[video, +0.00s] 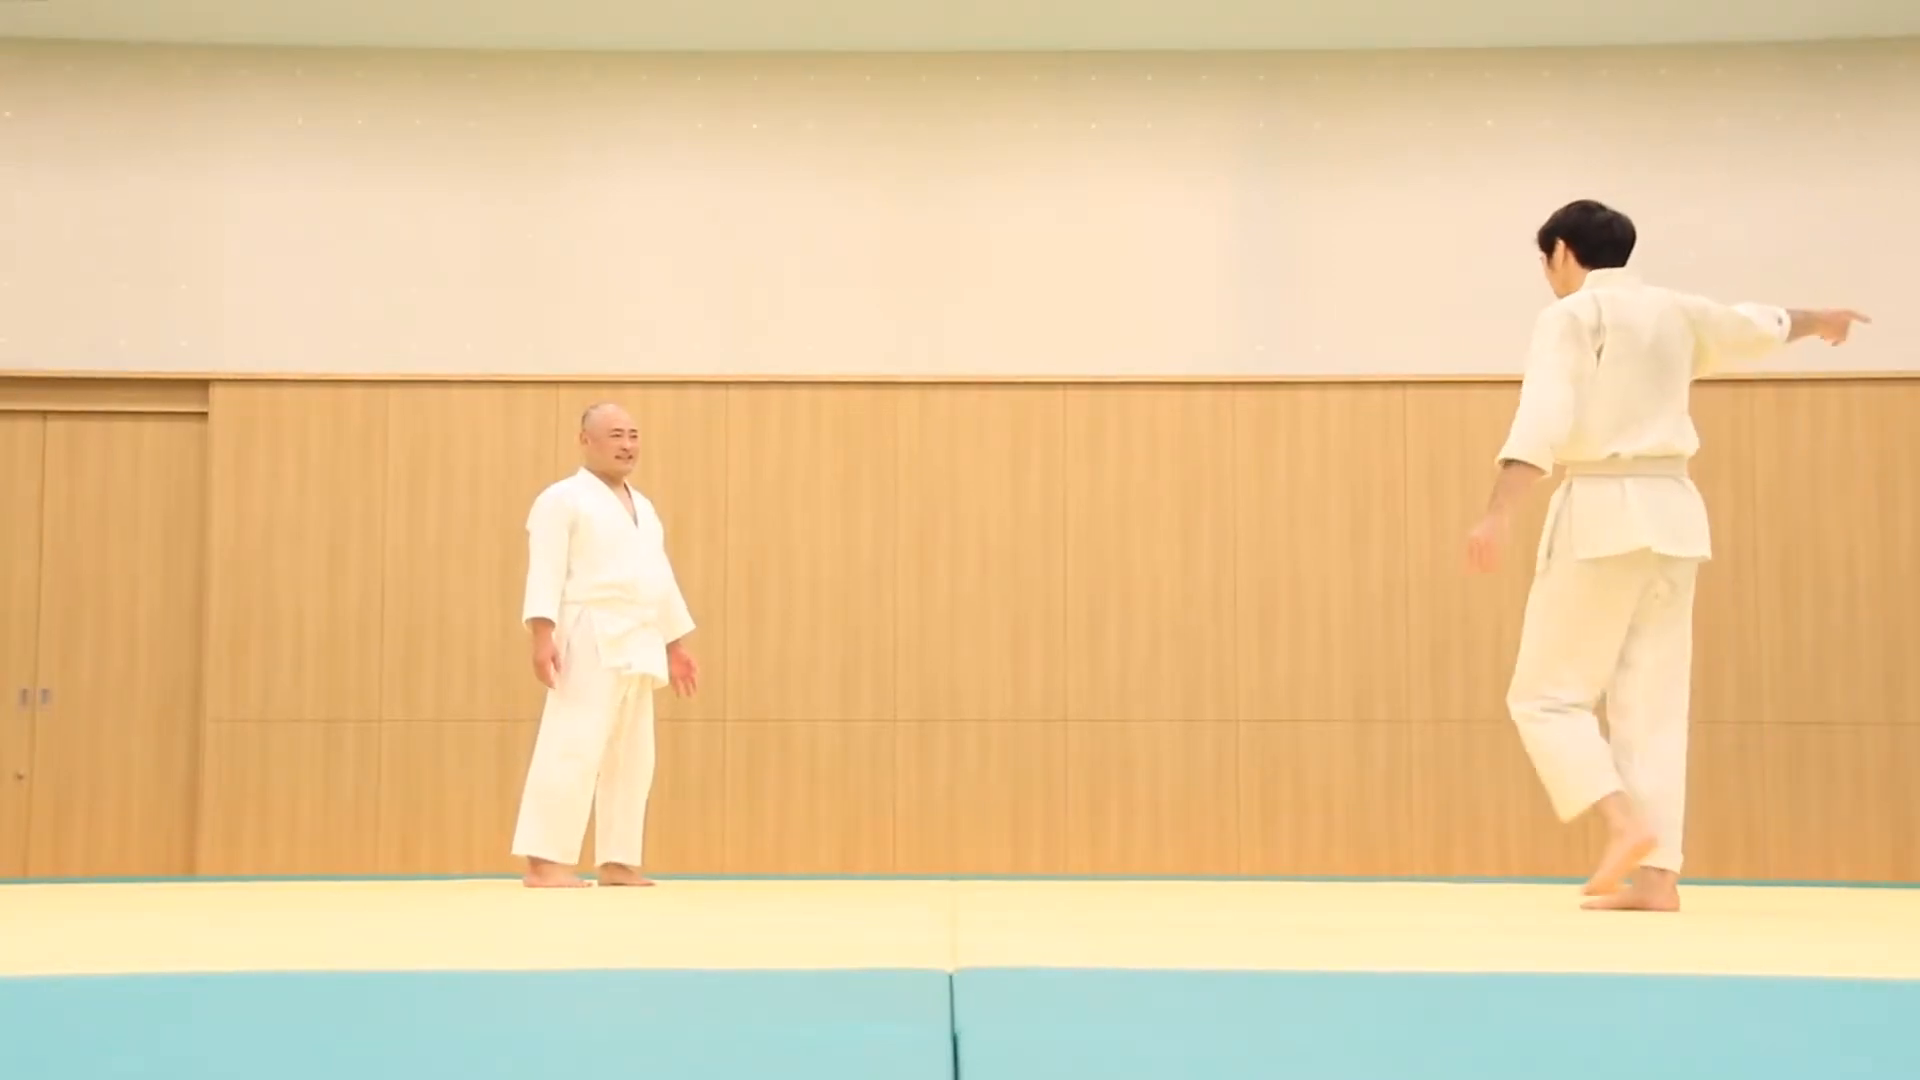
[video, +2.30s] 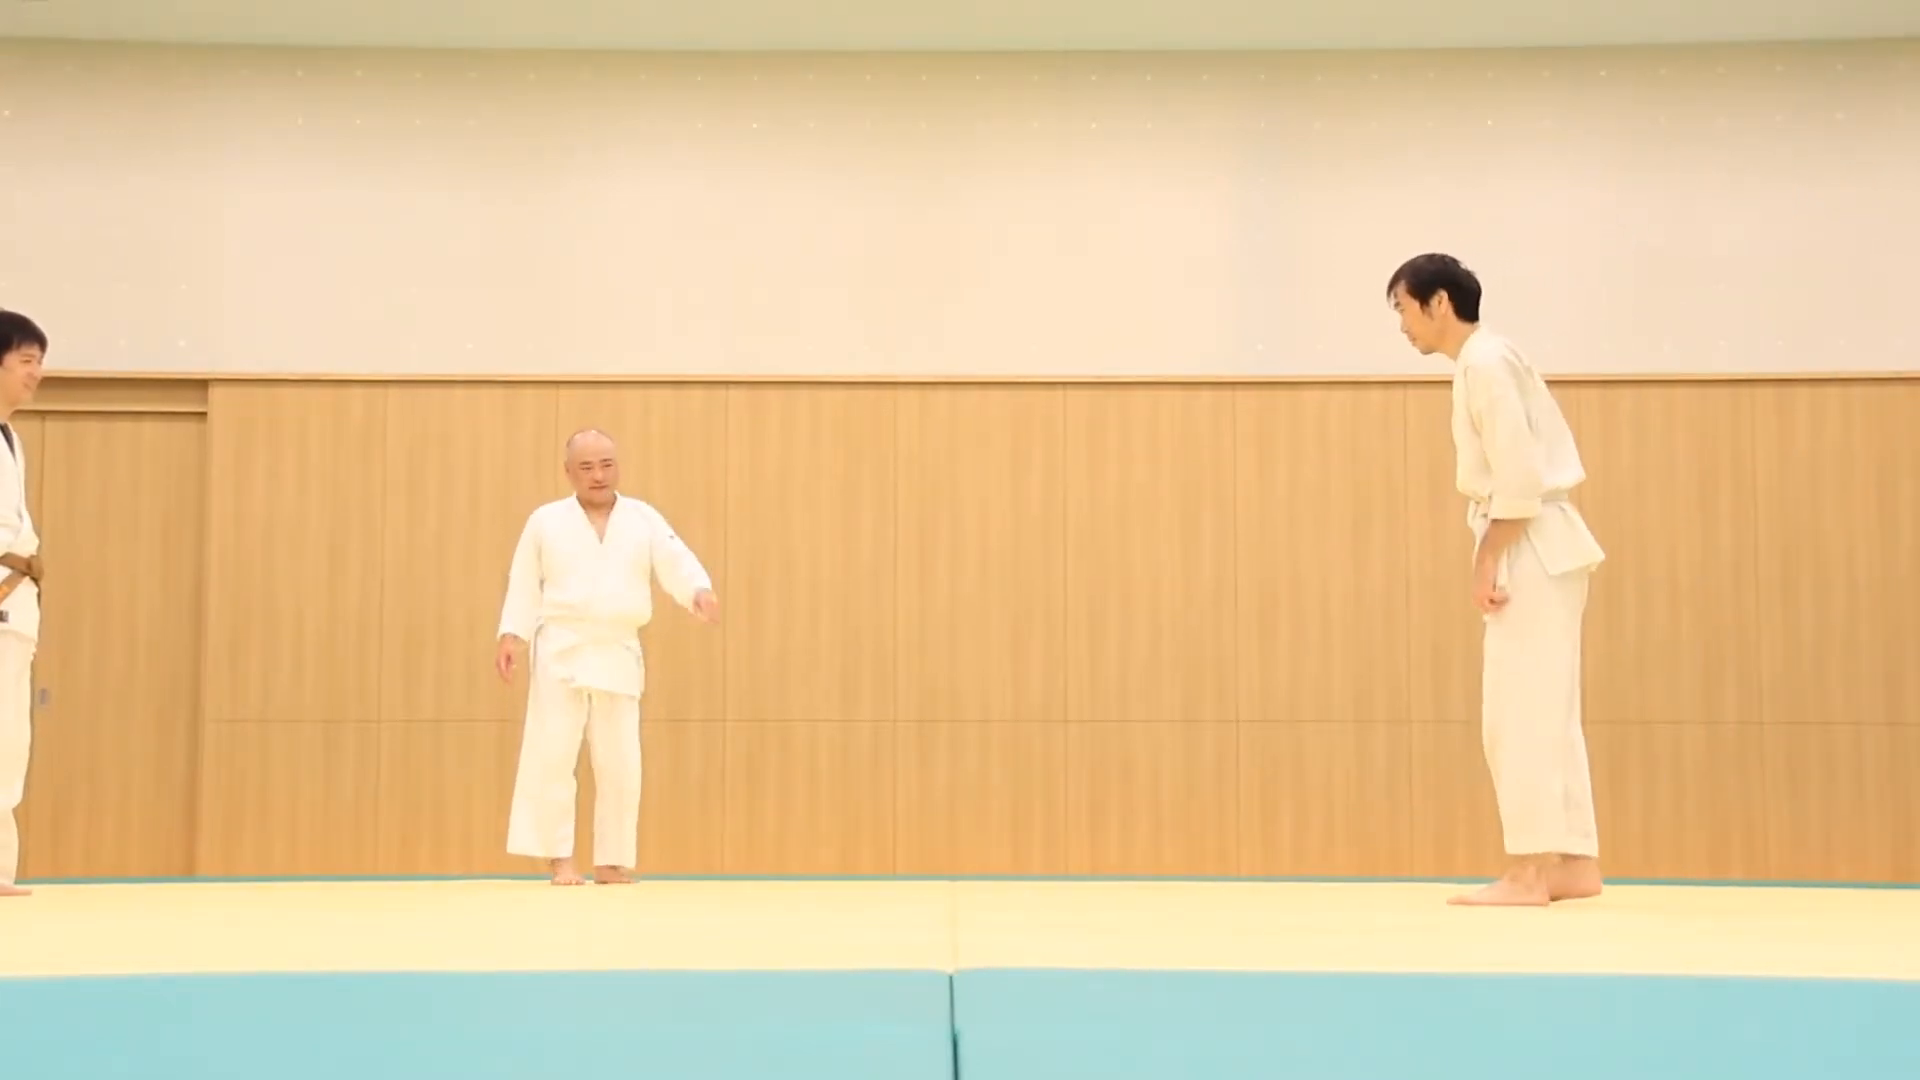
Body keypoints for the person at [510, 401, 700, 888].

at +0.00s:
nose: (627, 443)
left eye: (633, 435)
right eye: (615, 435)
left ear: (639, 443)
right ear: (585, 442)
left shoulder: (642, 507)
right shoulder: (561, 500)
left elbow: (659, 580)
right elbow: (545, 571)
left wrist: (674, 643)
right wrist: (542, 634)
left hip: (639, 648)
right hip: (586, 644)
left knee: (630, 755)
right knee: (570, 750)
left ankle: (618, 862)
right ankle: (545, 862)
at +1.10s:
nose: (609, 465)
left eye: (616, 456)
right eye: (598, 456)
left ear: (624, 463)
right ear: (573, 462)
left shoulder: (640, 516)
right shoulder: (541, 515)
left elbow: (675, 554)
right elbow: (517, 579)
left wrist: (701, 583)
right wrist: (501, 635)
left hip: (621, 650)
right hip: (559, 649)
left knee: (623, 756)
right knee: (559, 757)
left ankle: (616, 861)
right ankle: (562, 864)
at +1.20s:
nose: (603, 470)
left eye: (611, 462)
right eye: (592, 462)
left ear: (619, 468)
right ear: (567, 467)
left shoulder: (635, 514)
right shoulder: (536, 519)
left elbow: (679, 541)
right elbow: (513, 582)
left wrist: (671, 552)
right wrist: (498, 638)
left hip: (615, 650)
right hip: (555, 650)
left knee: (621, 756)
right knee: (557, 758)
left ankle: (615, 861)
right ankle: (561, 866)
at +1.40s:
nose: (597, 471)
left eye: (605, 462)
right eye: (586, 462)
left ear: (615, 467)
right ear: (563, 465)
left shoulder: (625, 511)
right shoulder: (532, 515)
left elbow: (657, 518)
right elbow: (507, 582)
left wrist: (612, 503)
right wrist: (490, 646)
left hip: (613, 647)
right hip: (553, 647)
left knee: (620, 754)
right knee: (555, 755)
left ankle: (610, 859)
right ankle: (562, 862)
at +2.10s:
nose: (601, 475)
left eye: (610, 466)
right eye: (590, 466)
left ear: (619, 470)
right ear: (568, 471)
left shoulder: (634, 512)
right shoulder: (541, 521)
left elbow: (683, 540)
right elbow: (522, 584)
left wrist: (650, 525)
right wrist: (512, 636)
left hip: (622, 651)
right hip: (565, 651)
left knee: (619, 758)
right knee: (562, 755)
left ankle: (610, 862)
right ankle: (564, 863)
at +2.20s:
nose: (599, 475)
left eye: (607, 465)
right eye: (587, 466)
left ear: (618, 468)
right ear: (568, 471)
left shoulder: (640, 515)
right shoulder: (542, 522)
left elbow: (689, 548)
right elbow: (522, 582)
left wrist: (673, 556)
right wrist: (512, 632)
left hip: (622, 651)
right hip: (564, 650)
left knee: (621, 759)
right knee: (561, 756)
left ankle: (612, 862)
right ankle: (564, 862)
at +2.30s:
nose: (598, 474)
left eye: (606, 464)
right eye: (586, 466)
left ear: (618, 467)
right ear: (569, 472)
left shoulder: (643, 519)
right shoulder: (546, 521)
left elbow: (674, 558)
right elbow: (524, 583)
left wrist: (698, 590)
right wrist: (511, 634)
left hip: (619, 652)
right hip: (559, 651)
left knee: (619, 760)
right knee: (555, 755)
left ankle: (612, 863)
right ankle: (562, 861)